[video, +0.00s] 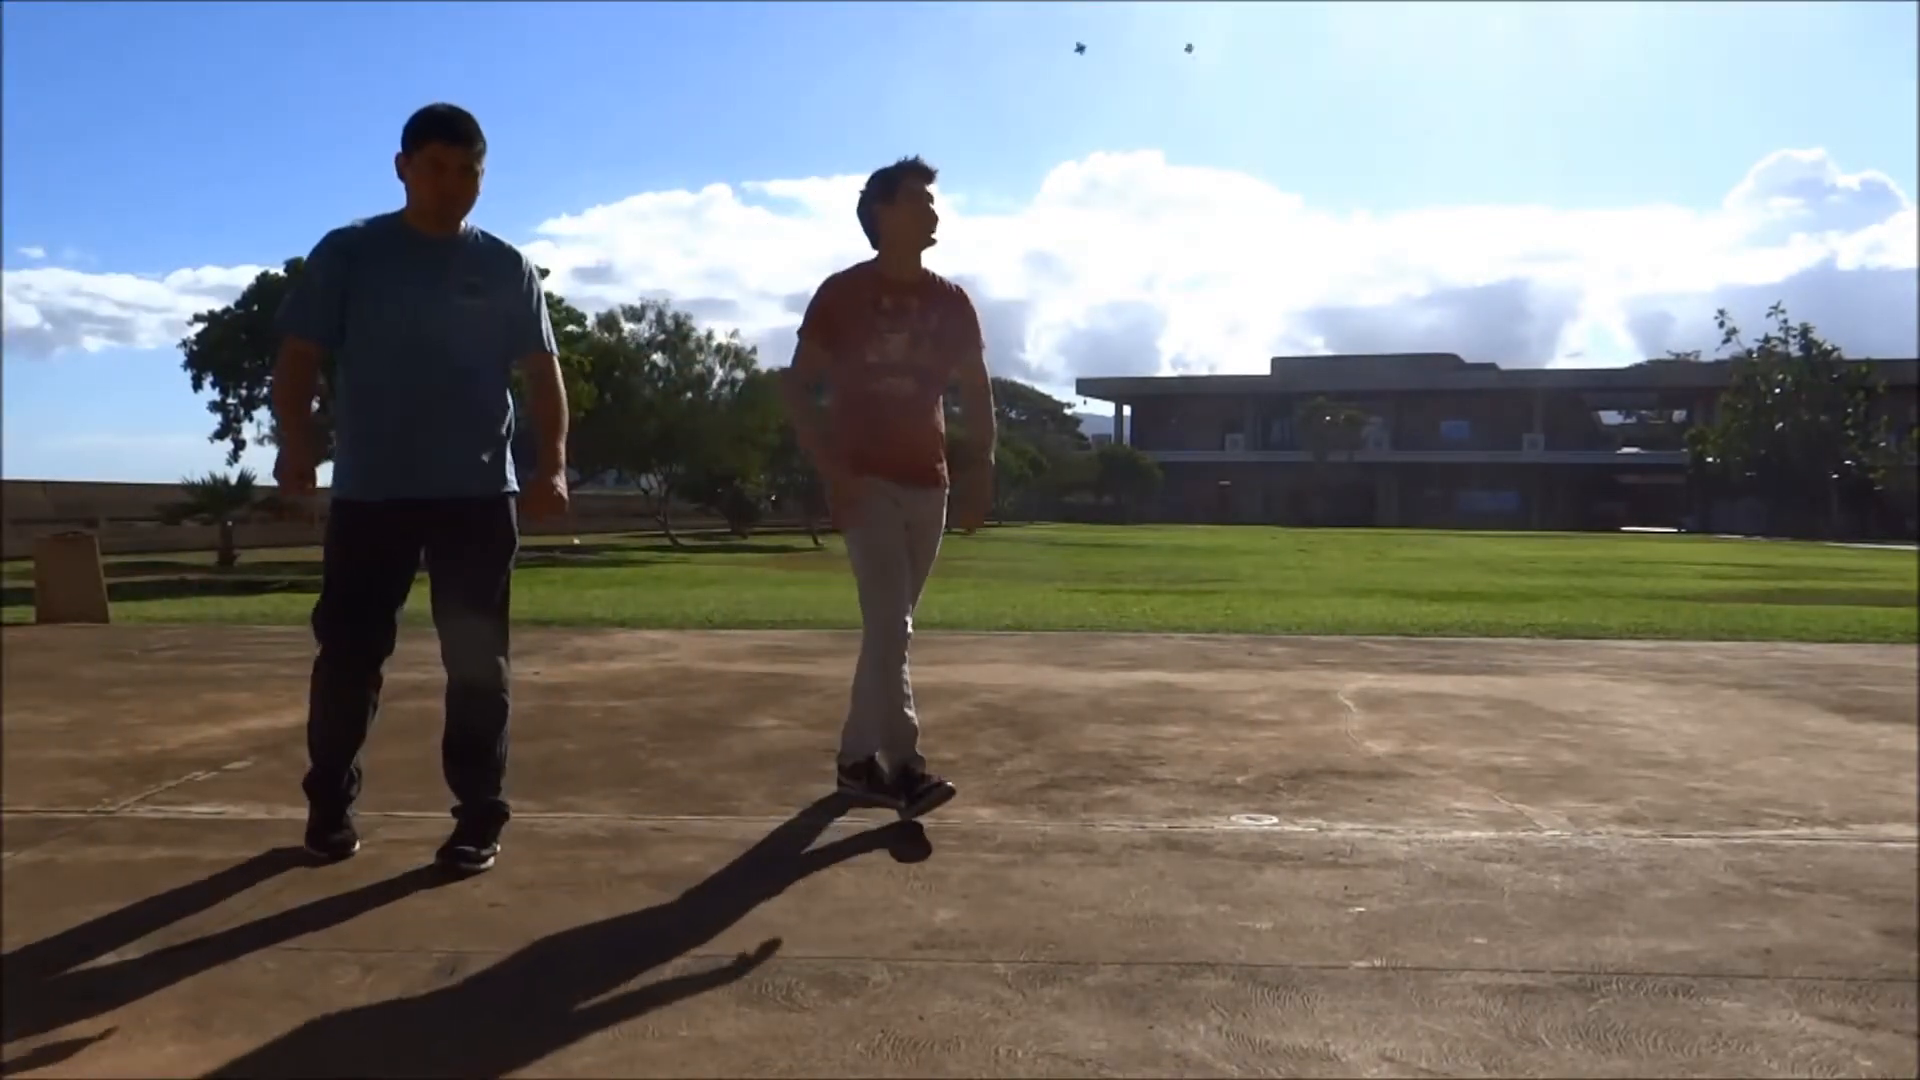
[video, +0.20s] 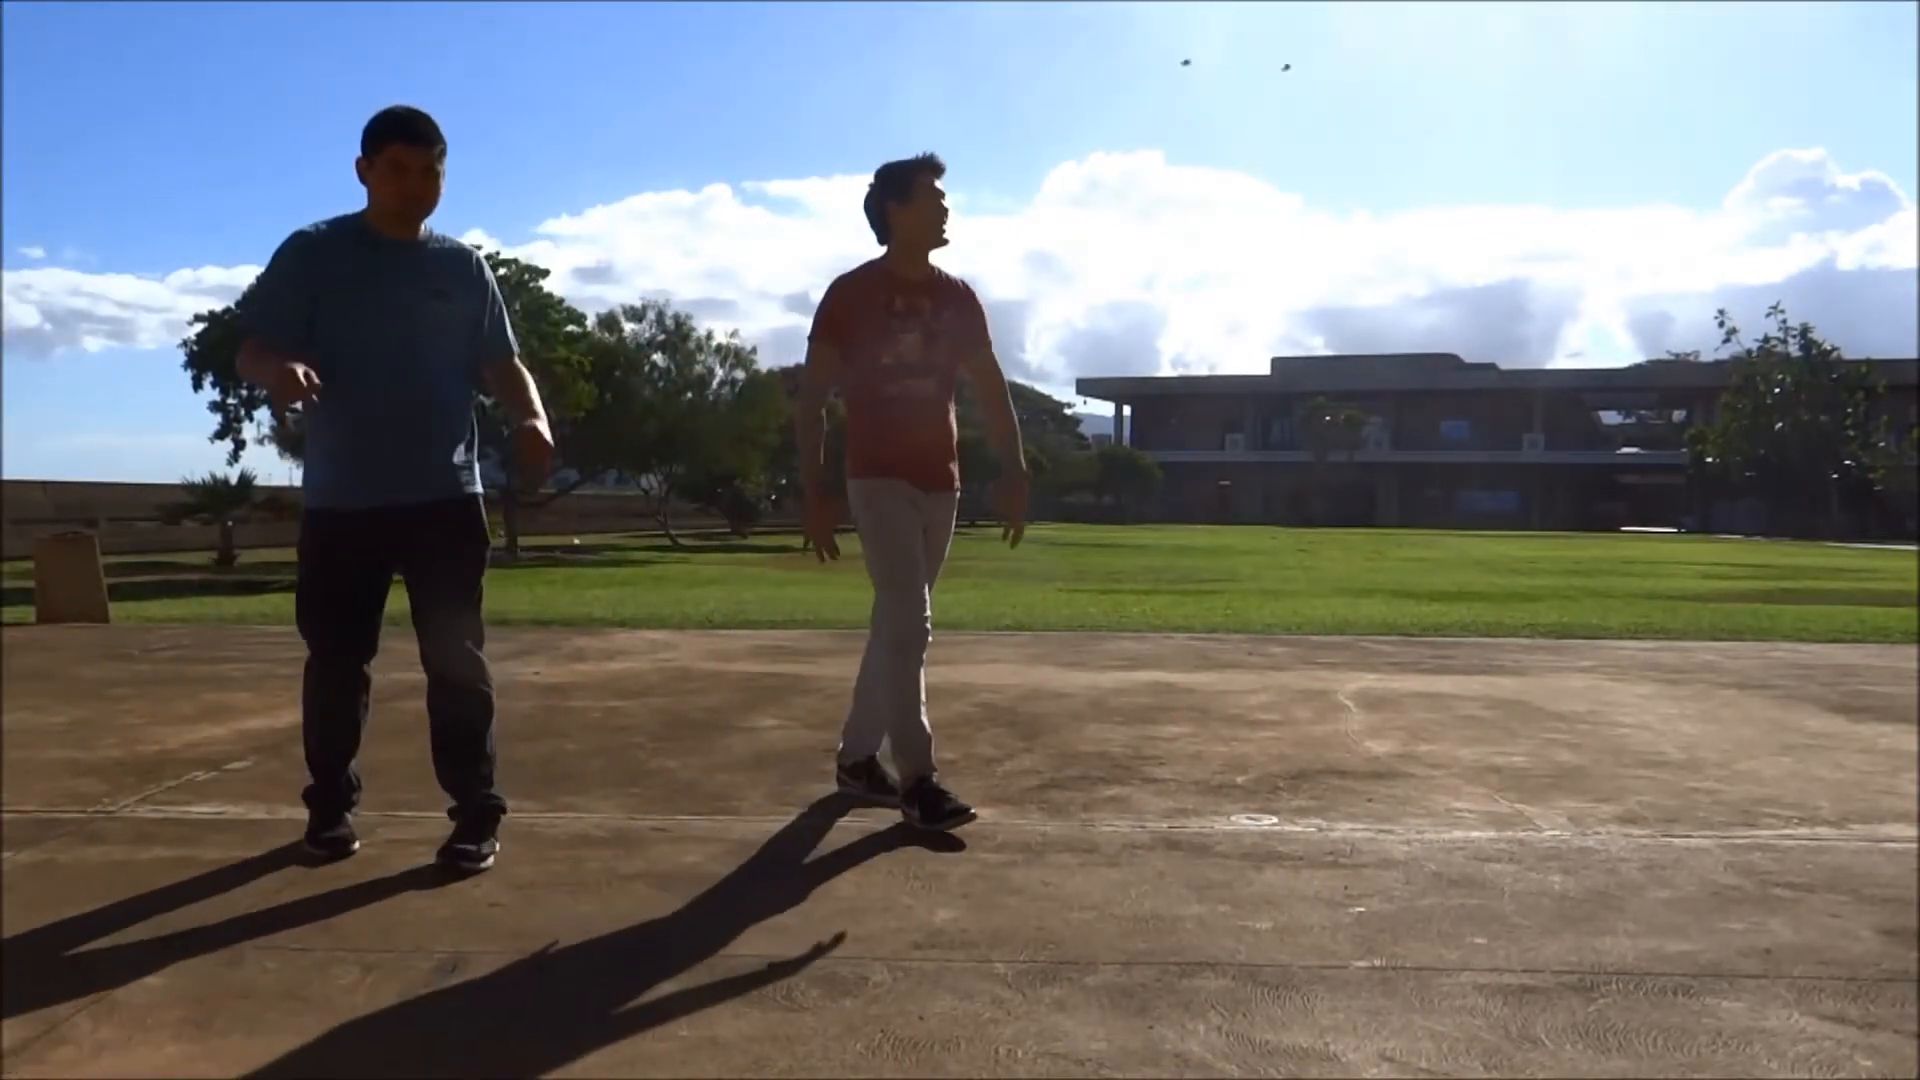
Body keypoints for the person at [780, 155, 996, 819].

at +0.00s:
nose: (933, 209)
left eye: (931, 199)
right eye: (918, 200)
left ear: (925, 214)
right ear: (878, 215)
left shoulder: (952, 300)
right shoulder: (841, 293)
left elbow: (979, 393)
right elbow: (796, 387)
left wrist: (981, 468)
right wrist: (828, 466)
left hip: (930, 484)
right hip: (863, 481)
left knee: (893, 622)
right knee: (889, 621)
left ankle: (857, 756)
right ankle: (904, 763)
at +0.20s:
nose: (946, 206)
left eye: (942, 196)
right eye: (931, 198)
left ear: (922, 213)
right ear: (893, 212)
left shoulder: (957, 296)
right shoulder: (850, 294)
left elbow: (991, 387)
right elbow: (810, 397)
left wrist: (1015, 469)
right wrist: (815, 491)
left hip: (941, 481)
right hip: (878, 479)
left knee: (900, 619)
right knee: (909, 621)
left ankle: (858, 754)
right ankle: (917, 779)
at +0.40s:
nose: (961, 196)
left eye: (958, 186)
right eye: (948, 187)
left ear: (930, 203)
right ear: (909, 201)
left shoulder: (967, 286)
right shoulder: (859, 286)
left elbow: (1007, 378)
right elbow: (818, 392)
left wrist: (1050, 455)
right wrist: (805, 489)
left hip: (952, 476)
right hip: (889, 474)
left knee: (917, 616)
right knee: (919, 616)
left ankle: (863, 744)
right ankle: (918, 782)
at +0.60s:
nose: (974, 193)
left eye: (970, 182)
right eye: (961, 183)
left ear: (941, 197)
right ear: (921, 196)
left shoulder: (976, 284)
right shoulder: (869, 282)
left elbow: (1007, 381)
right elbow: (828, 392)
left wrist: (1055, 462)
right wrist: (816, 494)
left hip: (966, 479)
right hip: (904, 480)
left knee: (962, 627)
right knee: (923, 627)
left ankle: (876, 733)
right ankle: (923, 784)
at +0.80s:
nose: (987, 192)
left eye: (983, 180)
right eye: (973, 181)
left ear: (951, 196)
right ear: (930, 195)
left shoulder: (983, 285)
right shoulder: (879, 279)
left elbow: (1001, 389)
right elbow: (838, 392)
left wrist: (1039, 480)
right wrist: (843, 492)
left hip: (983, 484)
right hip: (917, 485)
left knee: (1000, 626)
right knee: (932, 635)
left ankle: (903, 718)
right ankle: (927, 788)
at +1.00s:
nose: (999, 188)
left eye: (995, 175)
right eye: (984, 176)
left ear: (969, 191)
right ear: (939, 190)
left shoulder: (987, 282)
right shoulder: (892, 275)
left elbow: (998, 392)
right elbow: (859, 390)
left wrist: (1028, 485)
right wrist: (873, 487)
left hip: (994, 486)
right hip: (929, 489)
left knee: (1020, 624)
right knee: (934, 640)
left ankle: (944, 745)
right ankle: (924, 789)